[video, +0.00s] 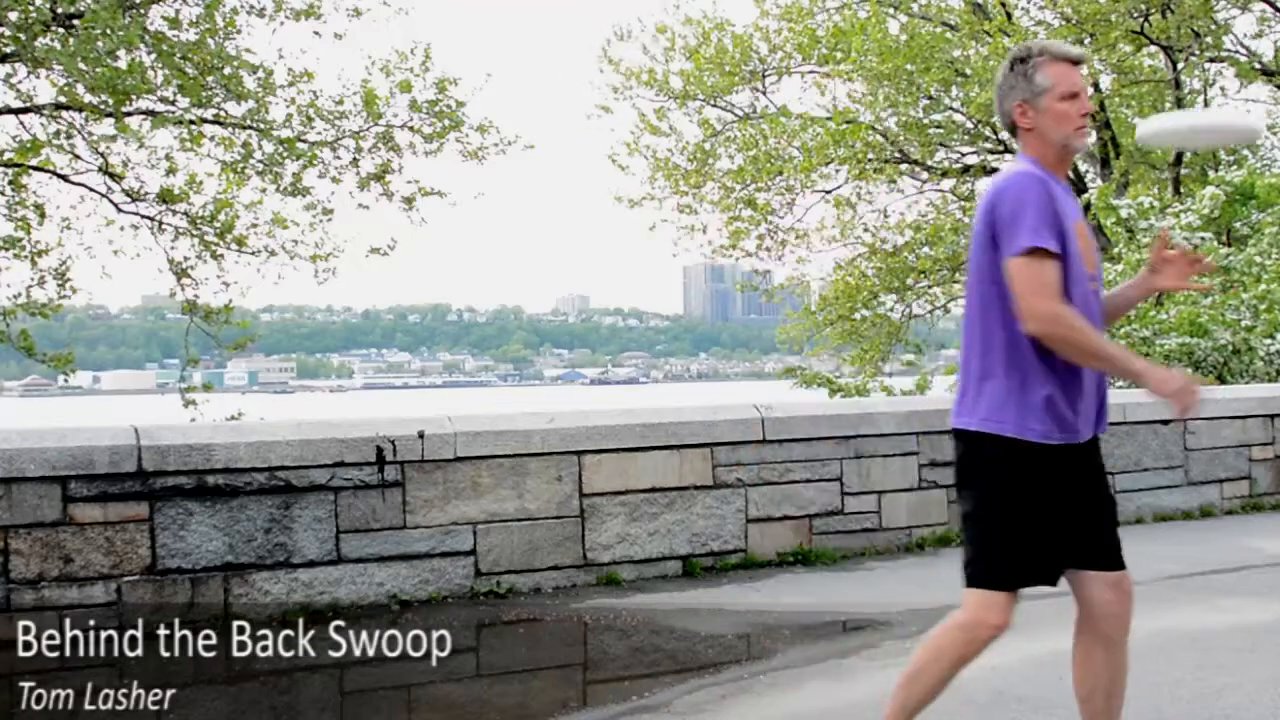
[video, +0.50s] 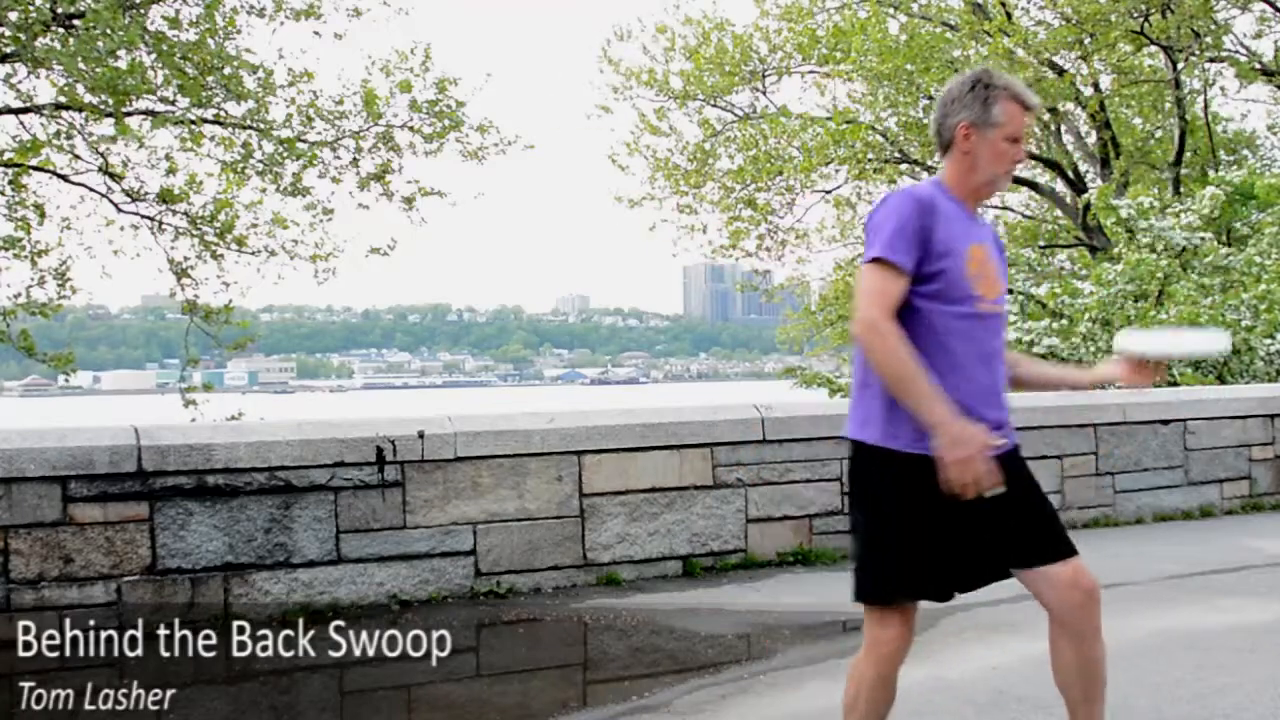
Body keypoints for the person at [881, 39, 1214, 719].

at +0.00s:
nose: (1087, 108)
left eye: (1086, 96)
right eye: (1069, 98)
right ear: (1024, 115)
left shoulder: (1060, 196)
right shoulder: (1020, 188)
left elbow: (1079, 318)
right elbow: (1040, 317)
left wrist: (1145, 282)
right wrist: (1148, 374)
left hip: (1067, 436)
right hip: (1003, 435)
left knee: (1108, 600)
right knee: (985, 613)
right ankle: (893, 713)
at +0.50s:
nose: (1022, 156)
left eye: (1025, 142)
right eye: (1012, 139)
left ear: (986, 144)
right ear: (966, 136)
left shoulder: (986, 237)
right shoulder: (909, 207)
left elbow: (990, 361)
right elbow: (870, 323)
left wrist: (1098, 375)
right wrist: (949, 425)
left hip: (985, 452)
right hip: (896, 456)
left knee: (1074, 595)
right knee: (887, 637)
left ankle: (1089, 719)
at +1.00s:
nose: (985, 203)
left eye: (990, 190)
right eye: (977, 186)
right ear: (930, 173)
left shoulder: (947, 276)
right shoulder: (858, 229)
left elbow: (949, 391)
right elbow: (794, 335)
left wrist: (1003, 479)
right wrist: (771, 452)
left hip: (914, 438)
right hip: (833, 455)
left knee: (1040, 484)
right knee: (852, 646)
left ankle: (1091, 689)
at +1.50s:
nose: (919, 187)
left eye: (931, 175)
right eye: (907, 170)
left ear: (941, 177)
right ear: (870, 160)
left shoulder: (930, 262)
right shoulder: (815, 229)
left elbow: (915, 371)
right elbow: (757, 338)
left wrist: (939, 457)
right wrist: (741, 451)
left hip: (908, 436)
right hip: (825, 453)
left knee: (1042, 478)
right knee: (846, 641)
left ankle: (1106, 685)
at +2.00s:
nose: (836, 123)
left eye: (852, 112)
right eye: (834, 111)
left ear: (900, 129)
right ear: (834, 122)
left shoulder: (943, 217)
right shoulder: (800, 202)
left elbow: (920, 315)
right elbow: (783, 322)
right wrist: (836, 426)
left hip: (930, 428)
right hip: (835, 431)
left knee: (998, 589)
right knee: (846, 622)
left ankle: (1022, 715)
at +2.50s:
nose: (824, 118)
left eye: (840, 107)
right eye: (829, 106)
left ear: (884, 127)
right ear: (871, 127)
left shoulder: (942, 212)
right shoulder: (796, 215)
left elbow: (992, 317)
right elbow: (777, 327)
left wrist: (931, 356)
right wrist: (802, 416)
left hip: (928, 448)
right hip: (834, 451)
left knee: (957, 613)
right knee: (816, 621)